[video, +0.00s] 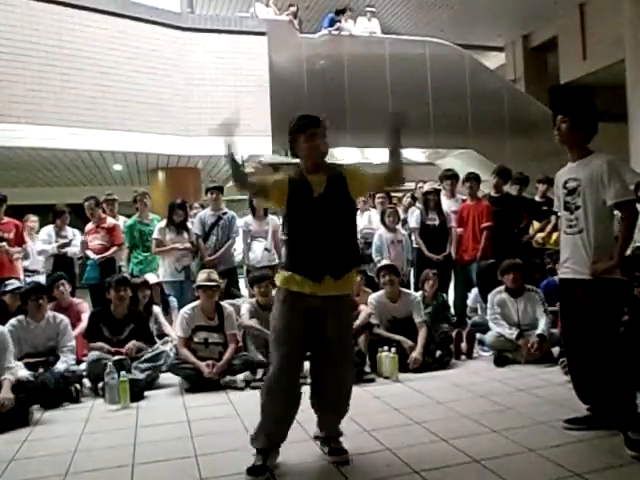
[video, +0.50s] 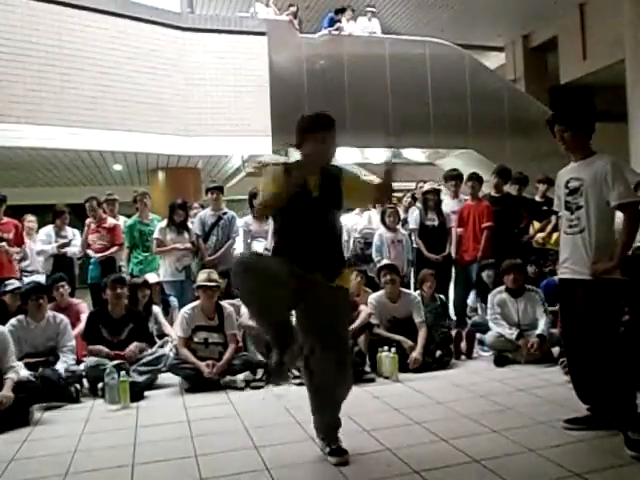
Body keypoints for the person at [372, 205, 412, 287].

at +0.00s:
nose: (392, 219)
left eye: (394, 216)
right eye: (389, 216)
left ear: (398, 218)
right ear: (383, 218)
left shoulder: (403, 234)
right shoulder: (380, 234)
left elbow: (409, 250)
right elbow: (376, 252)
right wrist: (382, 264)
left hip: (403, 269)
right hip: (387, 270)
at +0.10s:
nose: (392, 219)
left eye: (395, 217)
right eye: (389, 216)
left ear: (398, 218)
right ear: (384, 218)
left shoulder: (403, 234)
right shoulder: (380, 234)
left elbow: (408, 250)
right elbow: (376, 252)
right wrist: (382, 264)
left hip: (403, 270)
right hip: (387, 270)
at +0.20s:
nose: (392, 219)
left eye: (395, 216)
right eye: (389, 216)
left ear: (398, 218)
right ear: (384, 218)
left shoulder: (404, 234)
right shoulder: (380, 234)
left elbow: (408, 250)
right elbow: (376, 252)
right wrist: (381, 264)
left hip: (403, 269)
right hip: (387, 270)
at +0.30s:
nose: (392, 219)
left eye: (395, 217)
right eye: (389, 216)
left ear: (398, 218)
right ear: (384, 218)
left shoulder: (403, 234)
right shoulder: (380, 234)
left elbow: (408, 250)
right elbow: (376, 253)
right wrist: (382, 265)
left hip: (403, 270)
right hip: (388, 270)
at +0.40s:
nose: (392, 219)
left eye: (395, 216)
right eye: (389, 216)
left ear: (398, 218)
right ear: (384, 218)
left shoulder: (404, 234)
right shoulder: (380, 234)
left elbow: (408, 250)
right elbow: (376, 252)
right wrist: (381, 264)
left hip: (403, 269)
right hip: (387, 269)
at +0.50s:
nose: (392, 219)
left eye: (395, 217)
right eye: (389, 216)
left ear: (398, 218)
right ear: (384, 218)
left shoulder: (403, 234)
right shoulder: (380, 234)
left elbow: (408, 250)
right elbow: (376, 252)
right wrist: (381, 264)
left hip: (403, 269)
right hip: (387, 269)